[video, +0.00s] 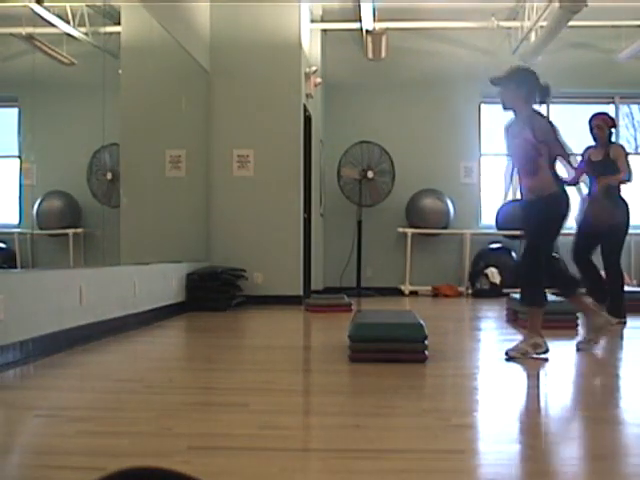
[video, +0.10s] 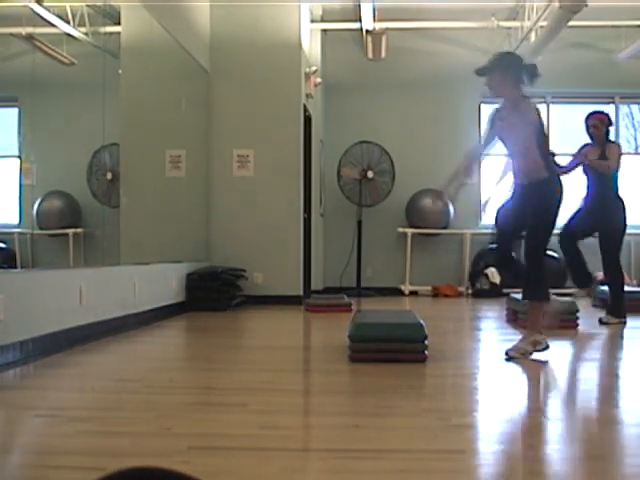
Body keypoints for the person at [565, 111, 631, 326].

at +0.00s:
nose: (597, 131)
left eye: (601, 127)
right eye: (594, 128)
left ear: (609, 128)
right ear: (591, 130)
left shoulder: (617, 149)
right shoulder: (589, 153)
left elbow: (626, 175)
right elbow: (575, 178)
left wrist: (605, 180)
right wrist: (561, 180)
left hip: (614, 207)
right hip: (593, 207)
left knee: (611, 259)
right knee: (580, 254)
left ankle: (616, 311)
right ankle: (602, 297)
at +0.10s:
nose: (593, 130)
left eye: (597, 126)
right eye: (590, 127)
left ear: (607, 127)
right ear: (587, 130)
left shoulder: (613, 148)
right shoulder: (586, 150)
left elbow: (609, 168)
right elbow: (565, 170)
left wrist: (588, 161)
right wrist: (548, 164)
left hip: (611, 209)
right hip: (589, 208)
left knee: (611, 259)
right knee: (566, 237)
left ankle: (617, 312)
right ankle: (584, 283)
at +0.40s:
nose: (568, 125)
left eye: (571, 120)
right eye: (564, 122)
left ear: (579, 121)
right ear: (561, 124)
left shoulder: (589, 140)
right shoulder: (560, 145)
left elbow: (597, 158)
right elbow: (542, 160)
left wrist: (574, 166)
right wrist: (532, 161)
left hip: (593, 201)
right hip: (571, 200)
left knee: (593, 251)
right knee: (553, 235)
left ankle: (610, 305)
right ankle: (552, 288)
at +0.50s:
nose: (558, 120)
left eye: (561, 115)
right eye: (555, 116)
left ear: (572, 115)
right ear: (552, 118)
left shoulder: (586, 134)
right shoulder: (554, 139)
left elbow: (608, 156)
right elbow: (540, 158)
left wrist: (596, 175)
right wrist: (531, 174)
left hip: (589, 194)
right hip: (567, 193)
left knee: (579, 241)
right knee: (552, 237)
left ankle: (596, 291)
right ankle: (552, 289)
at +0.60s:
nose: (553, 112)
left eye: (557, 107)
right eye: (551, 108)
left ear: (567, 108)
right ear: (549, 111)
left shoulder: (585, 130)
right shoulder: (549, 136)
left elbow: (611, 152)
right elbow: (544, 159)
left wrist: (603, 179)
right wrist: (542, 181)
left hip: (587, 188)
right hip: (564, 188)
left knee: (568, 229)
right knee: (556, 236)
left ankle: (576, 282)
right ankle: (553, 287)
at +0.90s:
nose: (554, 113)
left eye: (558, 109)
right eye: (553, 109)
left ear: (570, 108)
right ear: (553, 111)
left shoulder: (587, 126)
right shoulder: (555, 132)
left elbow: (611, 145)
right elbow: (542, 150)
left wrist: (596, 155)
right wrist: (530, 159)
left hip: (588, 187)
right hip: (566, 187)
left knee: (570, 231)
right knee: (557, 232)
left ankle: (567, 284)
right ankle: (552, 285)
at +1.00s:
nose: (560, 111)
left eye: (564, 107)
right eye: (559, 107)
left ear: (576, 107)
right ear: (562, 109)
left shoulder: (593, 124)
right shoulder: (563, 130)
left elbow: (603, 131)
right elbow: (539, 138)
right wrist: (518, 132)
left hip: (595, 189)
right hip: (573, 190)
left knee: (584, 235)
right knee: (561, 237)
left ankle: (597, 290)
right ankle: (552, 288)